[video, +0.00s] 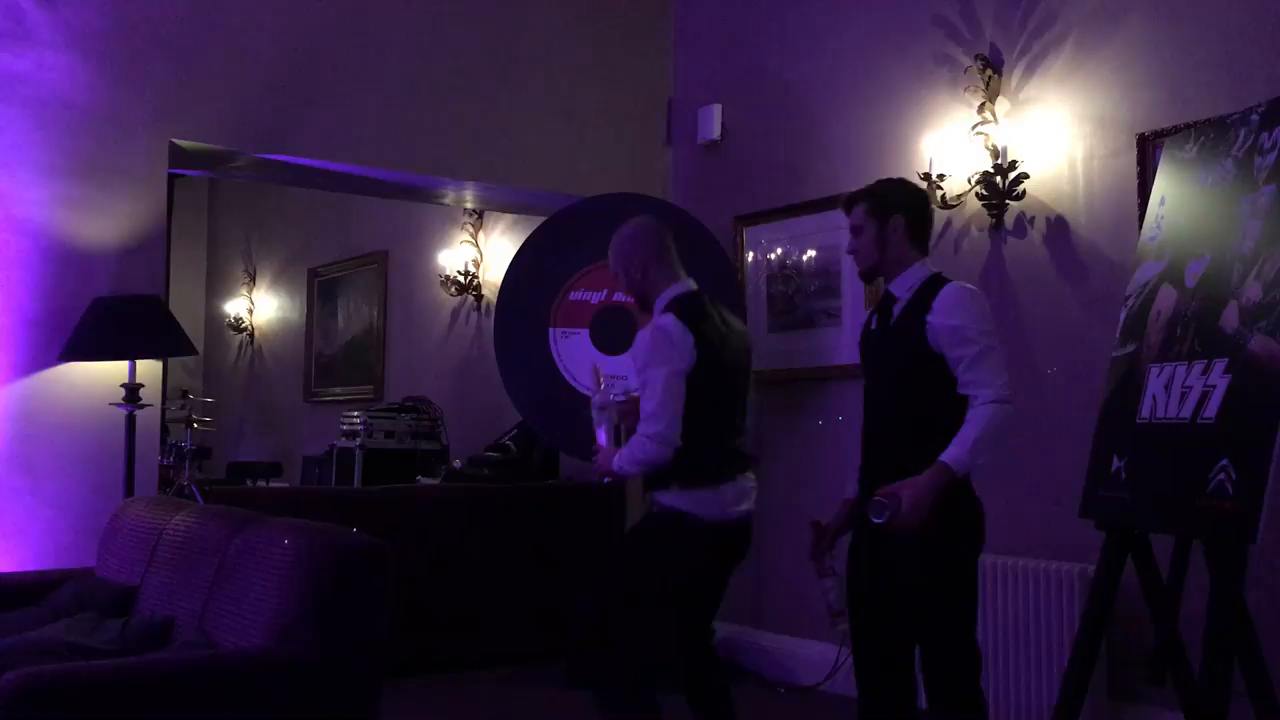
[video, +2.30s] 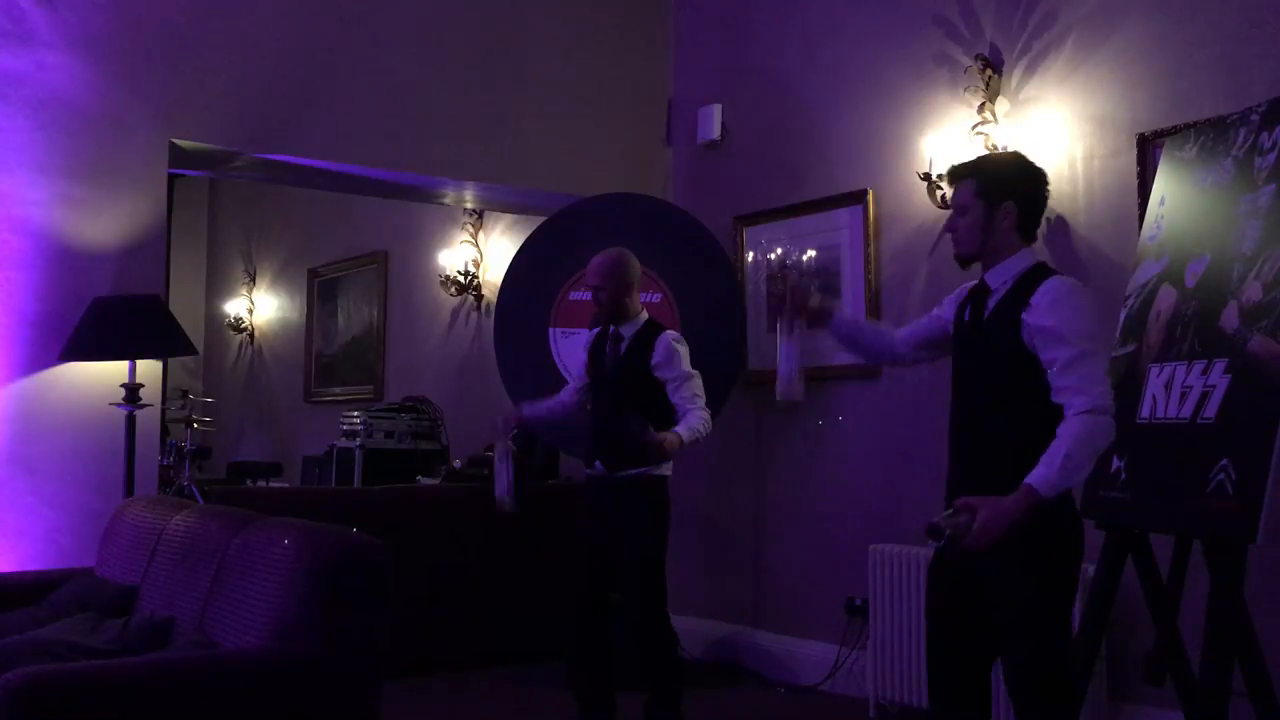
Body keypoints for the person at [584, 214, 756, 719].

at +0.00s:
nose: (617, 284)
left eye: (618, 271)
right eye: (614, 272)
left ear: (638, 267)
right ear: (668, 259)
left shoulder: (665, 332)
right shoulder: (724, 323)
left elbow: (660, 439)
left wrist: (611, 462)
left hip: (685, 518)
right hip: (732, 514)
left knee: (625, 631)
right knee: (691, 637)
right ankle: (716, 715)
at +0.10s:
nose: (605, 298)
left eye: (605, 286)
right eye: (601, 287)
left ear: (625, 282)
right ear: (648, 273)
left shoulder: (658, 345)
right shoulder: (690, 329)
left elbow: (674, 445)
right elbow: (665, 426)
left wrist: (615, 476)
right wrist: (606, 420)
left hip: (680, 516)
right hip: (711, 508)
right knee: (682, 640)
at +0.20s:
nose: (582, 297)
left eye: (586, 286)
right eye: (580, 287)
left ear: (610, 282)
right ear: (619, 277)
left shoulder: (649, 343)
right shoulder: (636, 334)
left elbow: (687, 438)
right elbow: (640, 423)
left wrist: (620, 496)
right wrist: (582, 411)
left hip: (670, 508)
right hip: (653, 503)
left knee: (656, 632)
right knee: (655, 631)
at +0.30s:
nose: (566, 303)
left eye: (570, 292)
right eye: (564, 293)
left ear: (597, 285)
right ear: (605, 283)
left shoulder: (636, 349)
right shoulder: (613, 338)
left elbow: (680, 439)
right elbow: (619, 416)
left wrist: (635, 517)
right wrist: (561, 409)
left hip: (646, 506)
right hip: (628, 498)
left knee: (627, 630)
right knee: (640, 629)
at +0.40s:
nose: (561, 309)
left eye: (564, 298)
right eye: (557, 299)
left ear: (593, 288)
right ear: (591, 288)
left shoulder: (630, 346)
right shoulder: (598, 337)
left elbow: (670, 436)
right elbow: (608, 411)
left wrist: (640, 518)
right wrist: (550, 420)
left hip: (636, 500)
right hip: (611, 495)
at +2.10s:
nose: (582, 301)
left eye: (591, 293)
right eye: (578, 292)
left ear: (618, 291)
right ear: (576, 293)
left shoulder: (658, 343)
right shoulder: (580, 352)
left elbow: (694, 413)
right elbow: (567, 428)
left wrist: (663, 440)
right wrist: (531, 487)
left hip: (648, 491)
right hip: (598, 491)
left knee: (647, 605)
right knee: (595, 603)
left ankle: (664, 706)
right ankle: (595, 704)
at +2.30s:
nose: (591, 298)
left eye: (599, 291)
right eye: (589, 290)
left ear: (627, 290)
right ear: (597, 291)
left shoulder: (664, 344)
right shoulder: (595, 342)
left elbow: (699, 414)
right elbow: (572, 401)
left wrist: (672, 439)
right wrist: (523, 414)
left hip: (644, 488)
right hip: (599, 486)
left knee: (645, 603)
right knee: (594, 598)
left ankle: (662, 705)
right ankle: (595, 702)